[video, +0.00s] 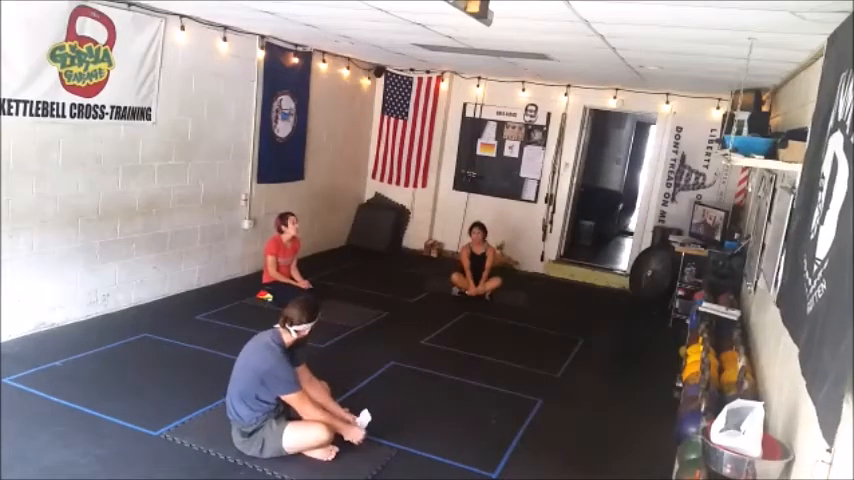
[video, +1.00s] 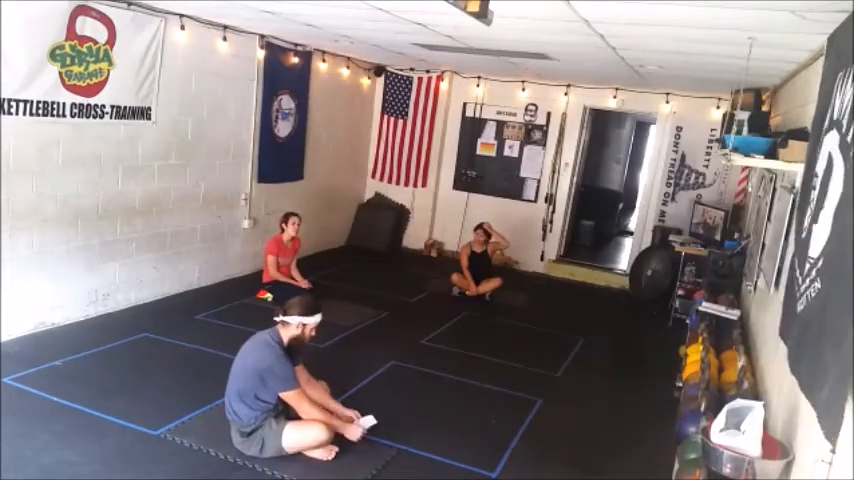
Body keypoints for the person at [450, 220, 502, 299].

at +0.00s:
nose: (476, 236)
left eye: (479, 233)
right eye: (473, 233)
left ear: (484, 235)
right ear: (470, 235)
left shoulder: (490, 250)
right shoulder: (465, 249)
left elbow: (487, 269)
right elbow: (467, 268)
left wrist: (481, 285)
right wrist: (472, 285)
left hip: (482, 276)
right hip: (469, 276)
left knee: (498, 280)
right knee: (454, 276)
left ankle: (468, 292)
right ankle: (481, 293)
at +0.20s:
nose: (479, 234)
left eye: (482, 231)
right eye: (476, 231)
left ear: (486, 234)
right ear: (472, 232)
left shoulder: (491, 249)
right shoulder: (466, 247)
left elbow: (492, 270)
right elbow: (463, 267)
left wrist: (483, 283)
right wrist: (472, 285)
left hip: (484, 275)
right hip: (470, 275)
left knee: (498, 280)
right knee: (454, 277)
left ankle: (468, 293)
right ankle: (482, 293)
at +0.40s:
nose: (480, 235)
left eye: (483, 232)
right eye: (478, 231)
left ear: (487, 235)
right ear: (473, 233)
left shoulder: (491, 250)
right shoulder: (466, 248)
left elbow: (490, 270)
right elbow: (465, 268)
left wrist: (482, 284)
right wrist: (472, 285)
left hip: (484, 276)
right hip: (470, 276)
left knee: (498, 281)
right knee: (454, 277)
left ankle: (468, 293)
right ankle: (482, 294)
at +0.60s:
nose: (479, 237)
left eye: (481, 234)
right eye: (476, 233)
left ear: (486, 236)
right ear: (473, 234)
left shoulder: (490, 247)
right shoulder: (466, 249)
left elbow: (501, 243)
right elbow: (465, 269)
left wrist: (491, 229)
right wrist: (472, 286)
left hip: (484, 279)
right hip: (470, 277)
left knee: (498, 281)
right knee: (455, 277)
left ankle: (468, 293)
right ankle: (482, 294)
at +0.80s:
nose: (479, 238)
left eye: (482, 236)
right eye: (478, 235)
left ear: (488, 238)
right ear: (476, 234)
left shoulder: (492, 247)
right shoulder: (466, 249)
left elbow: (505, 243)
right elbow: (465, 269)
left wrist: (492, 230)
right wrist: (472, 285)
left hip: (485, 279)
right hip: (470, 277)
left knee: (498, 281)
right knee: (455, 277)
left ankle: (467, 293)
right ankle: (482, 294)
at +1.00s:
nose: (479, 237)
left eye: (482, 235)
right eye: (477, 234)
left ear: (487, 238)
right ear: (474, 235)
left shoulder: (490, 247)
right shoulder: (466, 248)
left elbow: (506, 245)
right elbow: (465, 268)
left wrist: (492, 231)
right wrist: (472, 285)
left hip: (484, 279)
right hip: (470, 277)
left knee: (498, 281)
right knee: (454, 277)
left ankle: (467, 293)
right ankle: (482, 293)